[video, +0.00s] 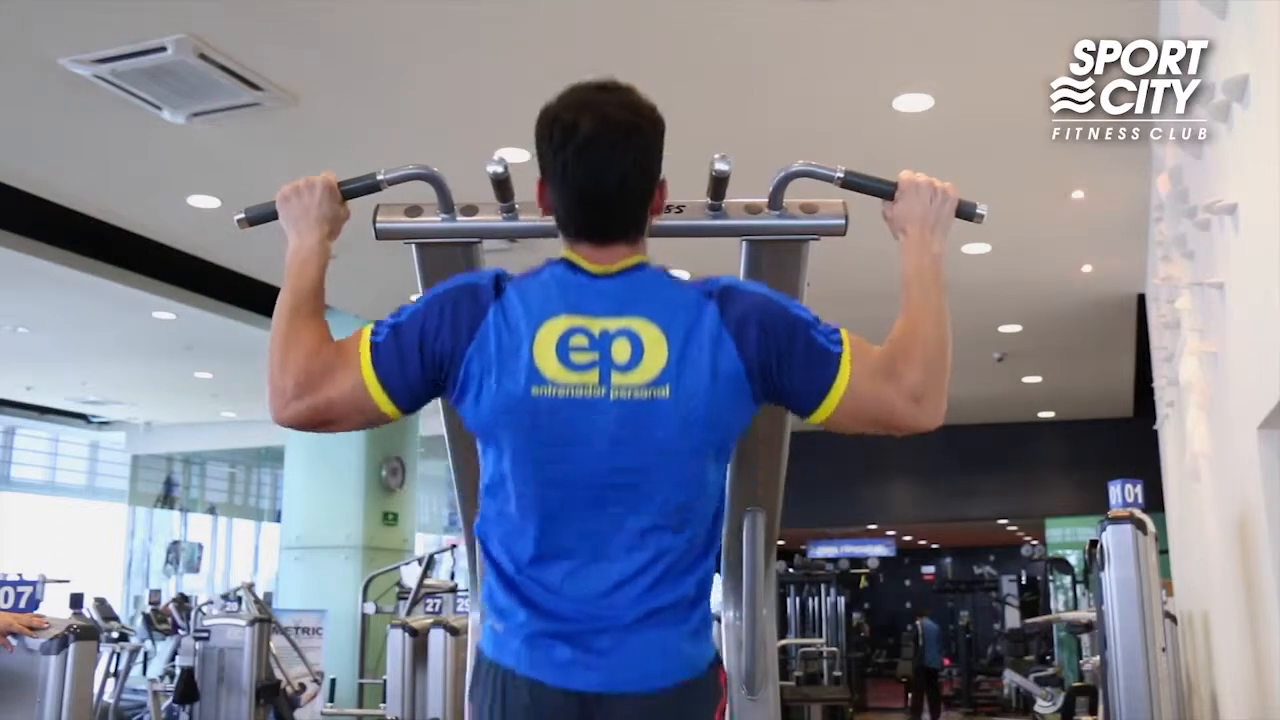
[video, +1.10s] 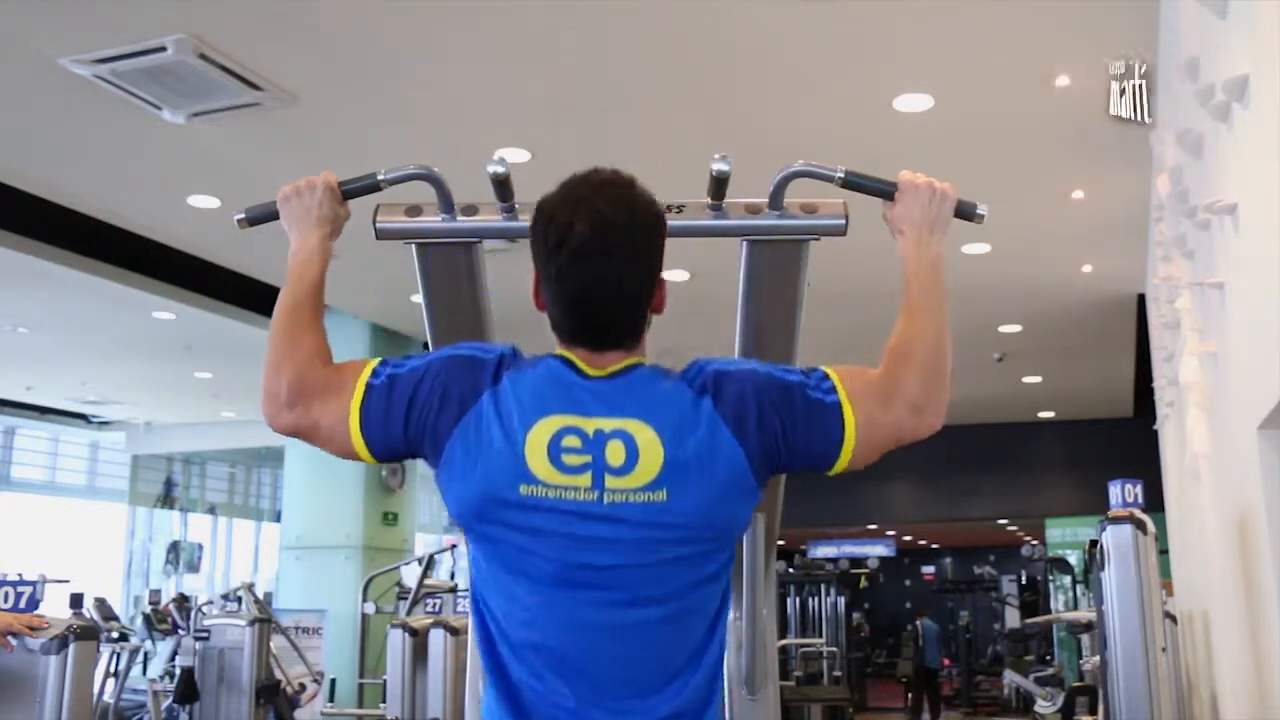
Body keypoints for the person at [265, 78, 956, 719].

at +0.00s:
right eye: (659, 176)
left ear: (540, 195)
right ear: (660, 197)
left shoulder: (478, 315)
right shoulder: (734, 321)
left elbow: (297, 395)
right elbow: (914, 400)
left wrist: (306, 246)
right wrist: (923, 244)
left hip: (520, 681)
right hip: (671, 681)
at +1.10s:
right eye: (663, 265)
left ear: (537, 290)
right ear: (662, 294)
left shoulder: (469, 397)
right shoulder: (731, 412)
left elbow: (293, 399)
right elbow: (914, 402)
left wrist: (308, 245)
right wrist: (924, 245)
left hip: (522, 709)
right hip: (680, 711)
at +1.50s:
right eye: (660, 409)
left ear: (534, 437)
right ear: (662, 441)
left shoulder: (475, 525)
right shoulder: (724, 547)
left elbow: (326, 403)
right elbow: (868, 405)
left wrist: (311, 243)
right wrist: (917, 246)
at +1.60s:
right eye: (662, 437)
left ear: (537, 463)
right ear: (664, 465)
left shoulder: (484, 547)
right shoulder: (724, 567)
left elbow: (340, 407)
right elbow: (856, 404)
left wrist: (313, 244)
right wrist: (912, 250)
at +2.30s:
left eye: (537, 174)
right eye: (658, 177)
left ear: (539, 197)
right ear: (660, 198)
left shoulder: (478, 320)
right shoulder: (735, 320)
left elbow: (302, 398)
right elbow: (913, 403)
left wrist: (308, 244)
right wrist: (922, 246)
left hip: (521, 681)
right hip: (672, 683)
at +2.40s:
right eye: (660, 137)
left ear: (545, 156)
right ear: (662, 155)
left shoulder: (483, 274)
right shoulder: (733, 276)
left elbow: (311, 391)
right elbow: (902, 393)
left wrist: (307, 241)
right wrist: (922, 244)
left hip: (523, 643)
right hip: (671, 646)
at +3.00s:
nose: (664, 168)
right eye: (662, 157)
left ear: (545, 179)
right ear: (663, 179)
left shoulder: (478, 299)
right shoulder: (734, 304)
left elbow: (306, 397)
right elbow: (910, 399)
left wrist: (310, 241)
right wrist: (921, 242)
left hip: (527, 679)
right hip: (680, 680)